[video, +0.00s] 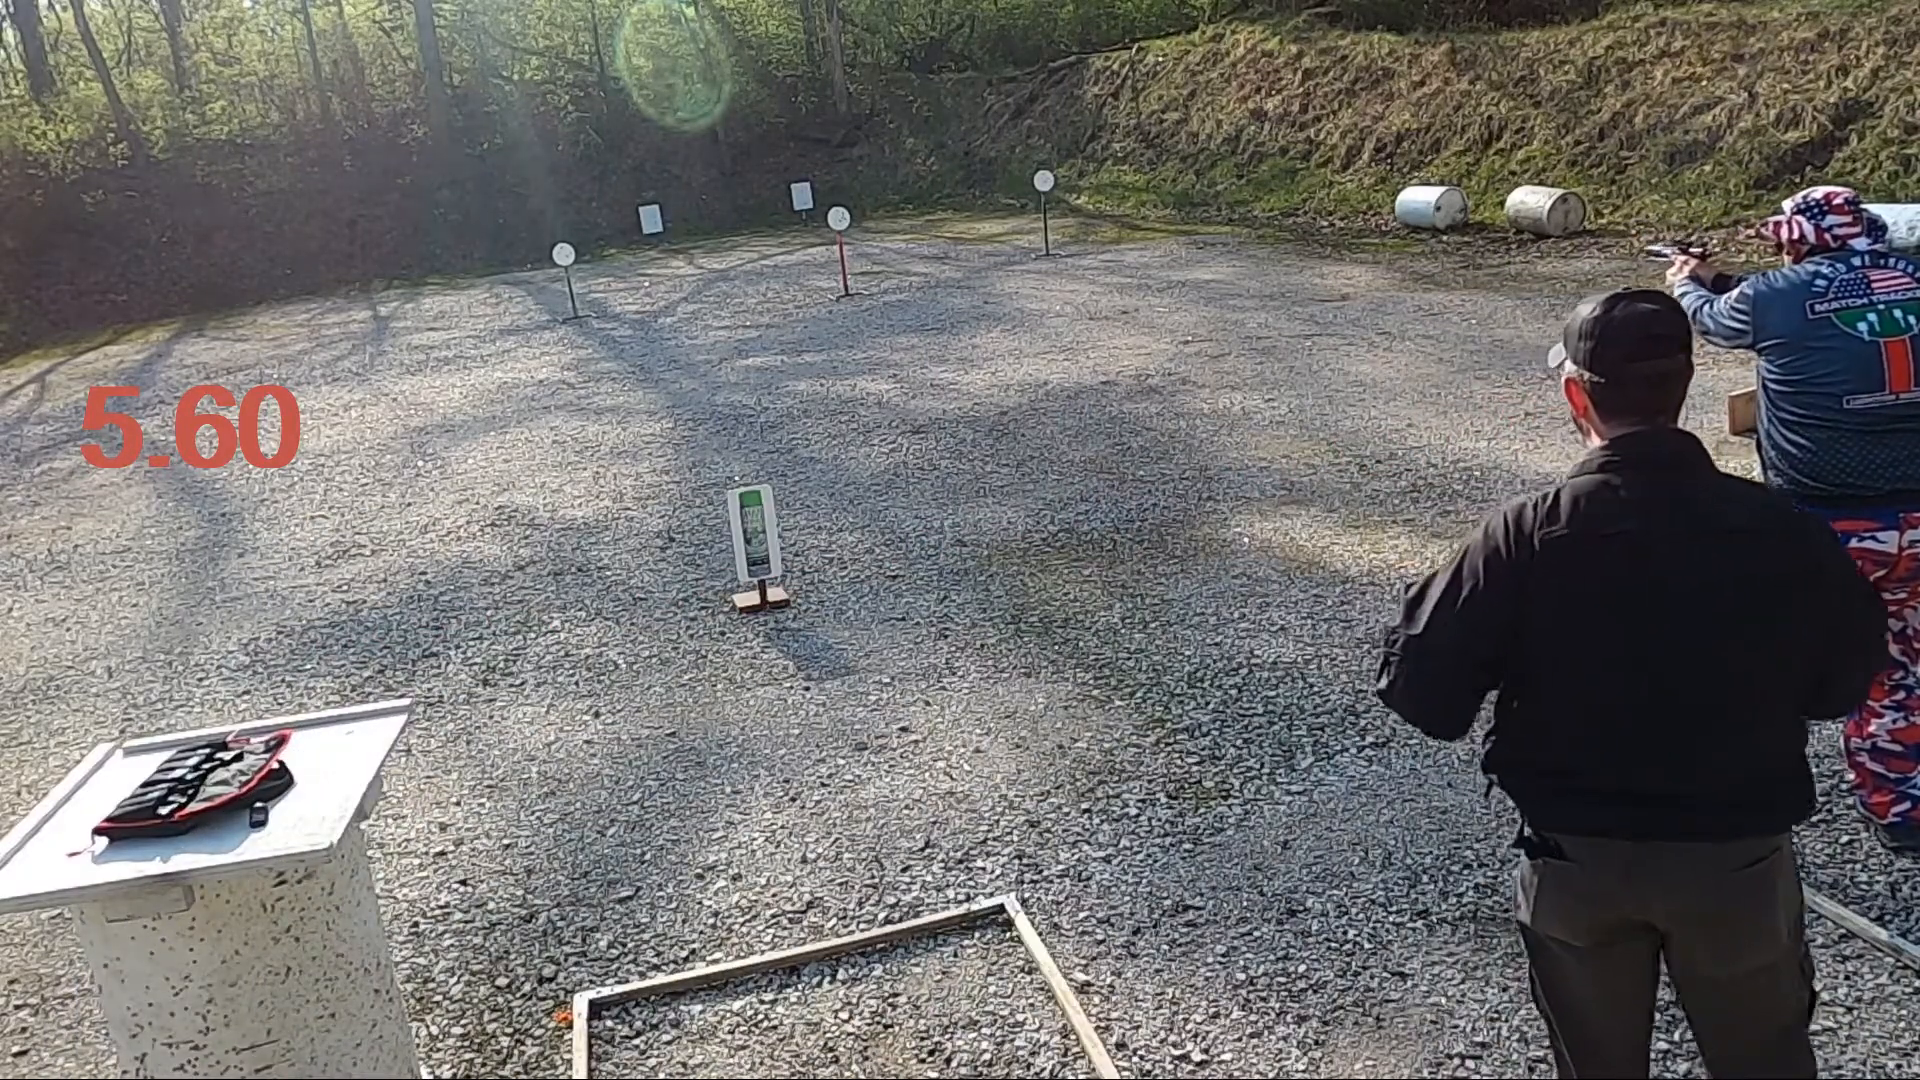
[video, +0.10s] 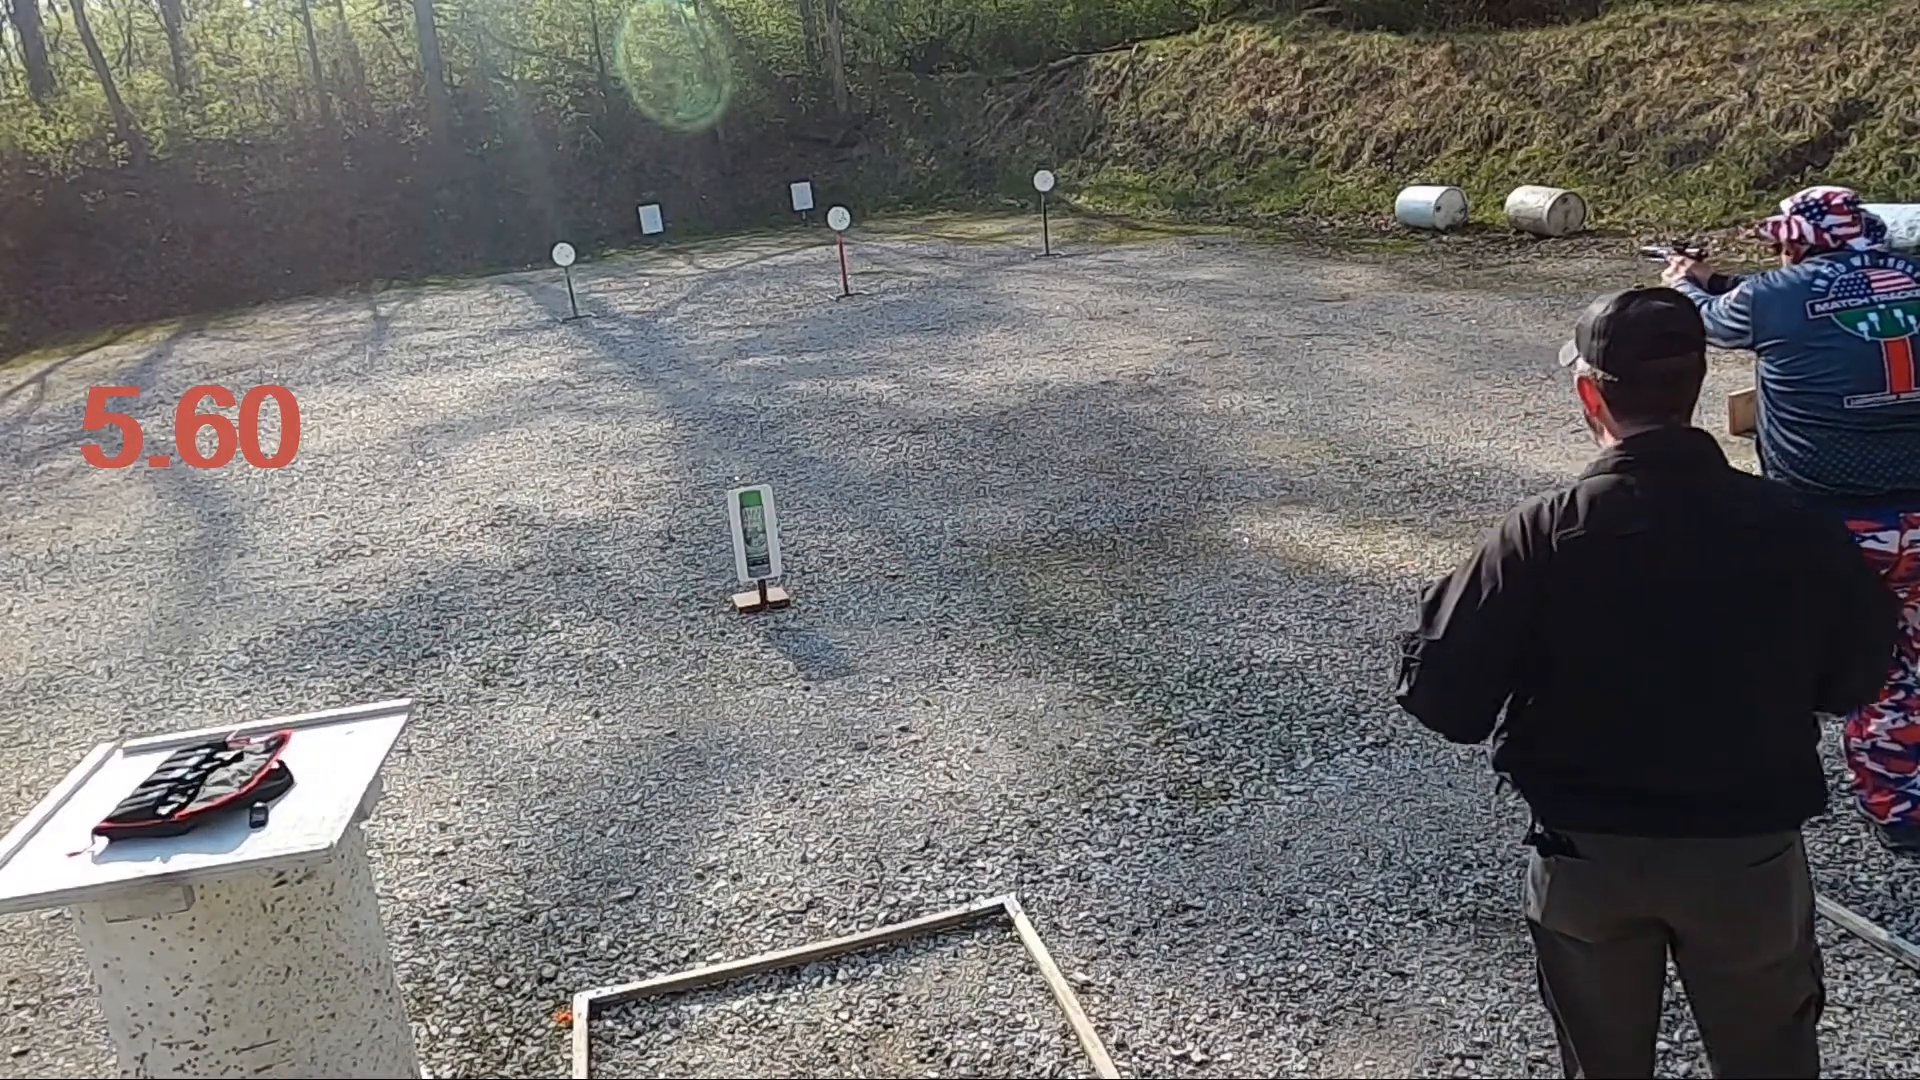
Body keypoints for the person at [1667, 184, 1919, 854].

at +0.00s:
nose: (1784, 253)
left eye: (1787, 244)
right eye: (1783, 246)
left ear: (1802, 243)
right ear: (1863, 232)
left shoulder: (1775, 294)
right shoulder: (1908, 281)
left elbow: (1710, 317)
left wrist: (1682, 278)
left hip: (1820, 530)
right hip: (1912, 521)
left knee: (1797, 663)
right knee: (1901, 668)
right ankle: (1900, 807)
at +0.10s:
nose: (1782, 254)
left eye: (1785, 245)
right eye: (1781, 247)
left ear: (1802, 244)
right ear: (1861, 231)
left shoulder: (1776, 293)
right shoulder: (1909, 280)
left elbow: (1705, 319)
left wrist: (1680, 280)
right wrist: (1716, 280)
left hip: (1825, 530)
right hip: (1913, 518)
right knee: (1903, 669)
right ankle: (1901, 807)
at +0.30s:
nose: (1778, 255)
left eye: (1782, 245)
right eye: (1777, 246)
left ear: (1799, 244)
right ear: (1860, 231)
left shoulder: (1776, 294)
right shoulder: (1908, 278)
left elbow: (1690, 324)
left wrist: (1678, 280)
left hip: (1826, 526)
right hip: (1912, 510)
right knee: (1901, 669)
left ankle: (1899, 810)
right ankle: (1899, 807)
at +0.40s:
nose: (1779, 254)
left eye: (1782, 244)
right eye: (1779, 246)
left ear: (1801, 243)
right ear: (1861, 231)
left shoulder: (1780, 293)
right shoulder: (1908, 278)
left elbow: (1690, 314)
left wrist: (1678, 279)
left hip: (1829, 527)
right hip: (1913, 512)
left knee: (1864, 670)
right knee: (1898, 671)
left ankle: (1898, 808)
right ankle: (1899, 803)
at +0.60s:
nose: (1777, 250)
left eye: (1781, 240)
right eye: (1778, 242)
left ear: (1797, 240)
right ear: (1860, 228)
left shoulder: (1775, 291)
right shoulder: (1905, 274)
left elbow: (1699, 311)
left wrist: (1685, 279)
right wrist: (1707, 281)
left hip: (1829, 509)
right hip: (1909, 497)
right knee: (1900, 661)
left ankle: (1898, 807)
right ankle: (1898, 799)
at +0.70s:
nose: (1775, 245)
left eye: (1780, 236)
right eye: (1776, 237)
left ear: (1795, 235)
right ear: (1861, 222)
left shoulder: (1768, 288)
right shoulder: (1905, 272)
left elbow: (1696, 330)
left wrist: (1690, 285)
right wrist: (1715, 288)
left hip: (1825, 505)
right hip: (1909, 493)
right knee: (1901, 656)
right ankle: (1898, 798)